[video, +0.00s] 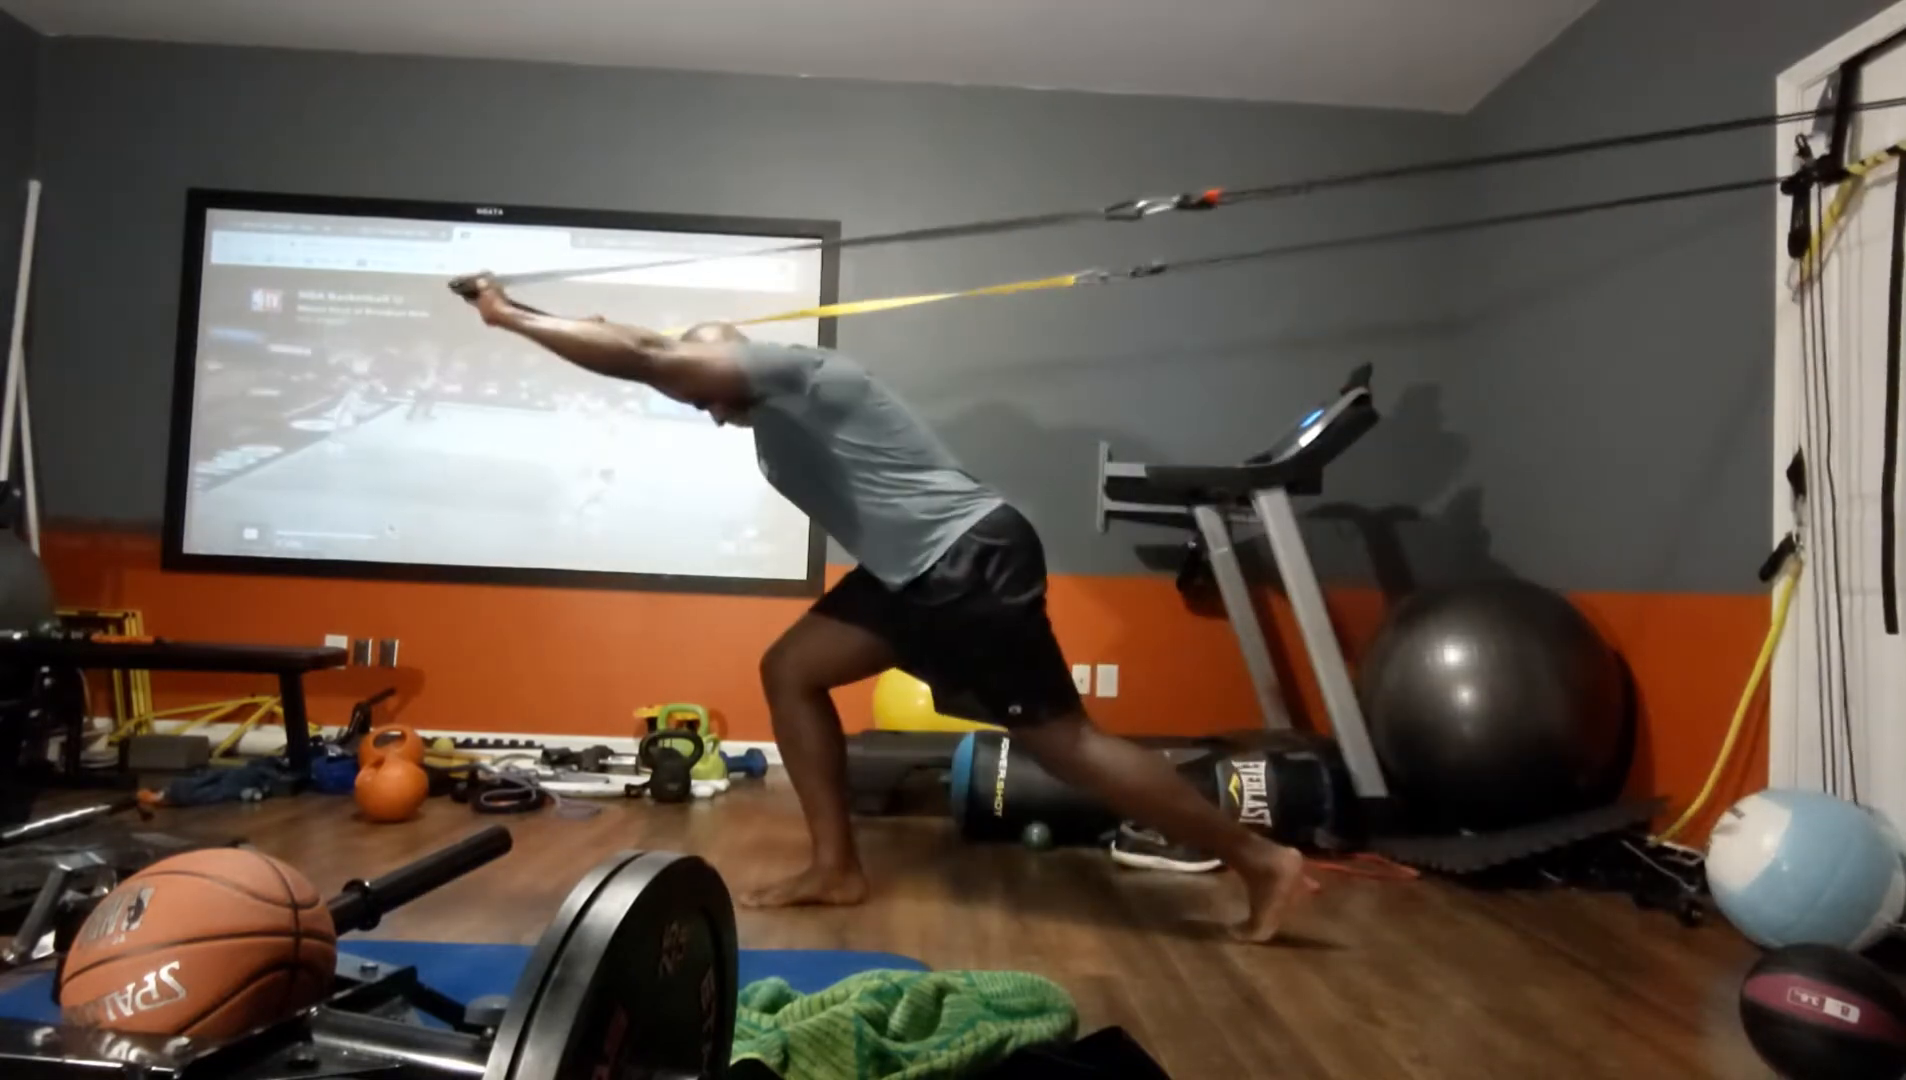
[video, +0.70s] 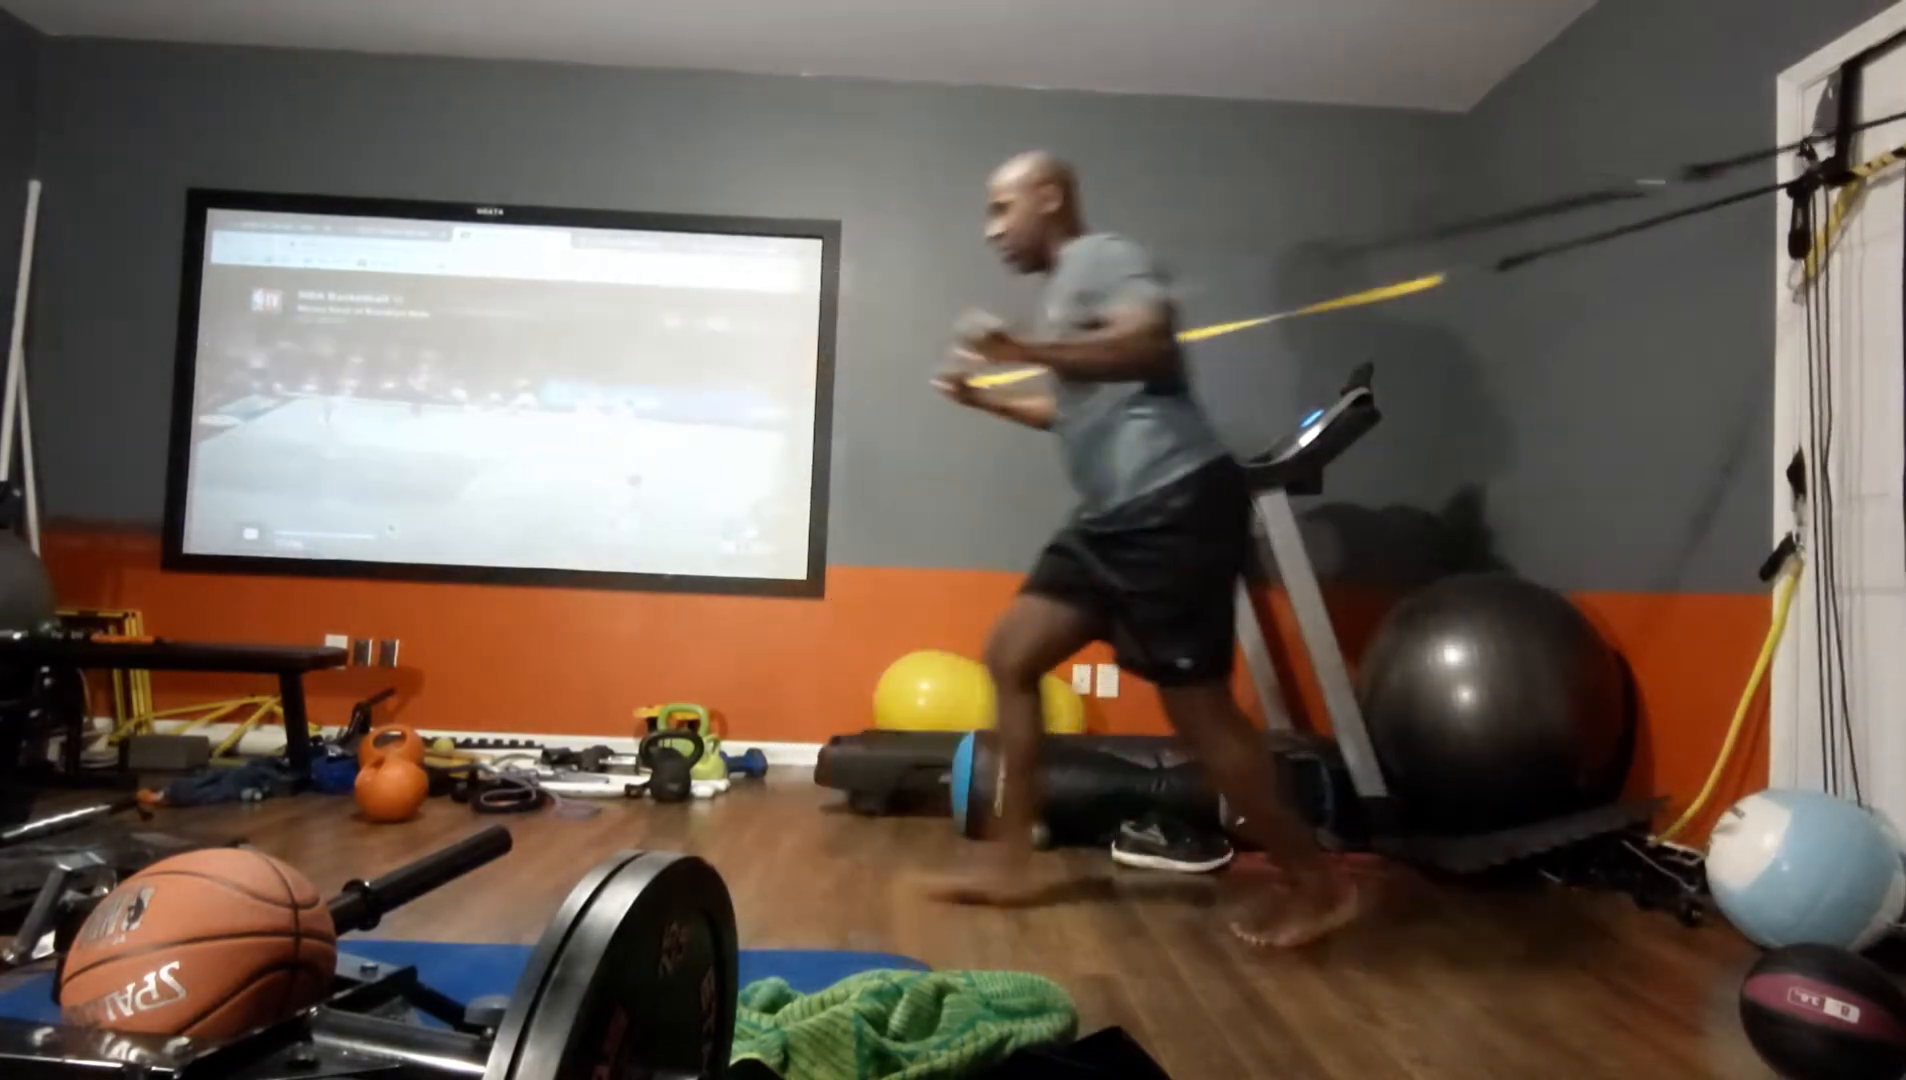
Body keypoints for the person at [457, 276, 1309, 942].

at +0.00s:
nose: (689, 394)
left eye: (691, 376)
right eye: (683, 384)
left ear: (731, 355)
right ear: (755, 366)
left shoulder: (789, 367)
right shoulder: (800, 413)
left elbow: (644, 357)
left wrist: (518, 321)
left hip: (970, 558)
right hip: (915, 569)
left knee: (1068, 746)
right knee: (790, 668)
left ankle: (1262, 859)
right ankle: (833, 868)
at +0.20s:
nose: (713, 364)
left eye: (717, 346)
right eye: (711, 352)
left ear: (751, 332)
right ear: (771, 337)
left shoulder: (821, 362)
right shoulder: (824, 389)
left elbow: (681, 345)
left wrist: (546, 296)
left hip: (986, 563)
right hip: (925, 569)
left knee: (1073, 755)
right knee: (798, 671)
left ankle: (1267, 863)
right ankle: (833, 866)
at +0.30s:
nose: (751, 338)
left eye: (756, 322)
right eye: (749, 324)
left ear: (792, 303)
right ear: (800, 305)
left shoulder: (861, 338)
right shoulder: (837, 380)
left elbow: (720, 327)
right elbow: (731, 366)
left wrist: (581, 293)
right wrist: (638, 324)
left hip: (1006, 553)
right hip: (944, 562)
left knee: (1082, 752)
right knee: (818, 668)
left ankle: (1276, 866)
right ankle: (835, 869)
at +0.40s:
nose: (813, 307)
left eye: (818, 294)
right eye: (811, 296)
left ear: (855, 284)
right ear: (848, 298)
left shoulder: (923, 321)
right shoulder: (878, 371)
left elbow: (801, 332)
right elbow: (805, 379)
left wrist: (667, 300)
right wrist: (712, 340)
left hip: (1037, 547)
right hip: (964, 559)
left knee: (1099, 758)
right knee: (845, 666)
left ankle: (1283, 865)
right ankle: (838, 874)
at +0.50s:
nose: (883, 270)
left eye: (895, 250)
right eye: (876, 258)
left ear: (940, 243)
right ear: (881, 262)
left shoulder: (988, 283)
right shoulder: (939, 343)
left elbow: (929, 338)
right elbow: (900, 398)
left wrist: (803, 317)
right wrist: (815, 363)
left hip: (1084, 523)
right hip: (1010, 542)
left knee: (1126, 736)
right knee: (903, 669)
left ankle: (1296, 872)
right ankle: (845, 871)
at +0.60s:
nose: (944, 242)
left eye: (953, 224)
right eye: (939, 232)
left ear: (1003, 211)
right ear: (966, 233)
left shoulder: (1054, 266)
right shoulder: (1003, 309)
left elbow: (1052, 342)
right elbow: (994, 405)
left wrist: (918, 326)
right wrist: (900, 383)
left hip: (1130, 505)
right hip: (1066, 522)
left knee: (1173, 717)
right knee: (965, 675)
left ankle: (1314, 876)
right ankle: (882, 864)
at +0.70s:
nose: (991, 228)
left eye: (1002, 208)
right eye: (988, 214)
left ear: (1053, 199)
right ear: (1039, 207)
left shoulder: (1102, 256)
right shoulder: (1060, 298)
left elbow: (1149, 346)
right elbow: (1073, 411)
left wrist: (1024, 349)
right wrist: (983, 399)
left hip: (1179, 503)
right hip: (1113, 519)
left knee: (1201, 717)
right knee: (1011, 656)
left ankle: (1317, 885)